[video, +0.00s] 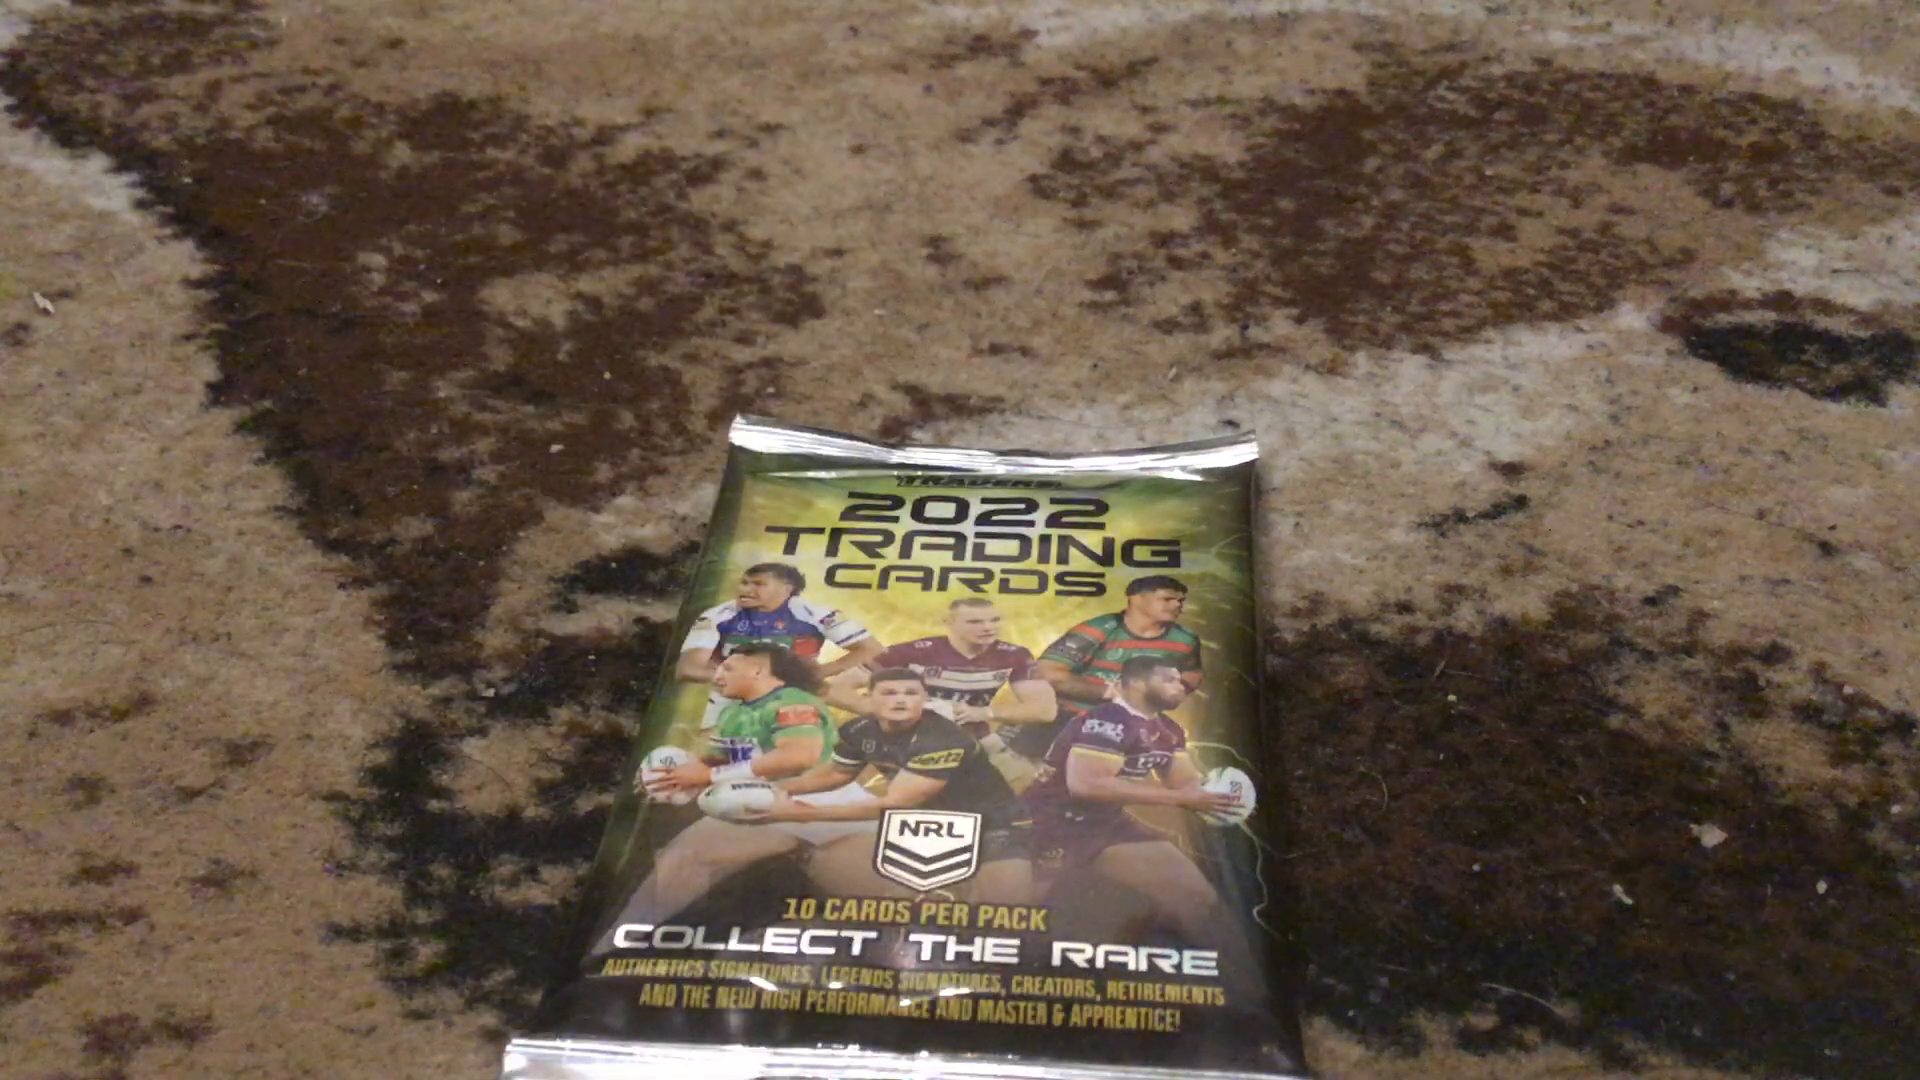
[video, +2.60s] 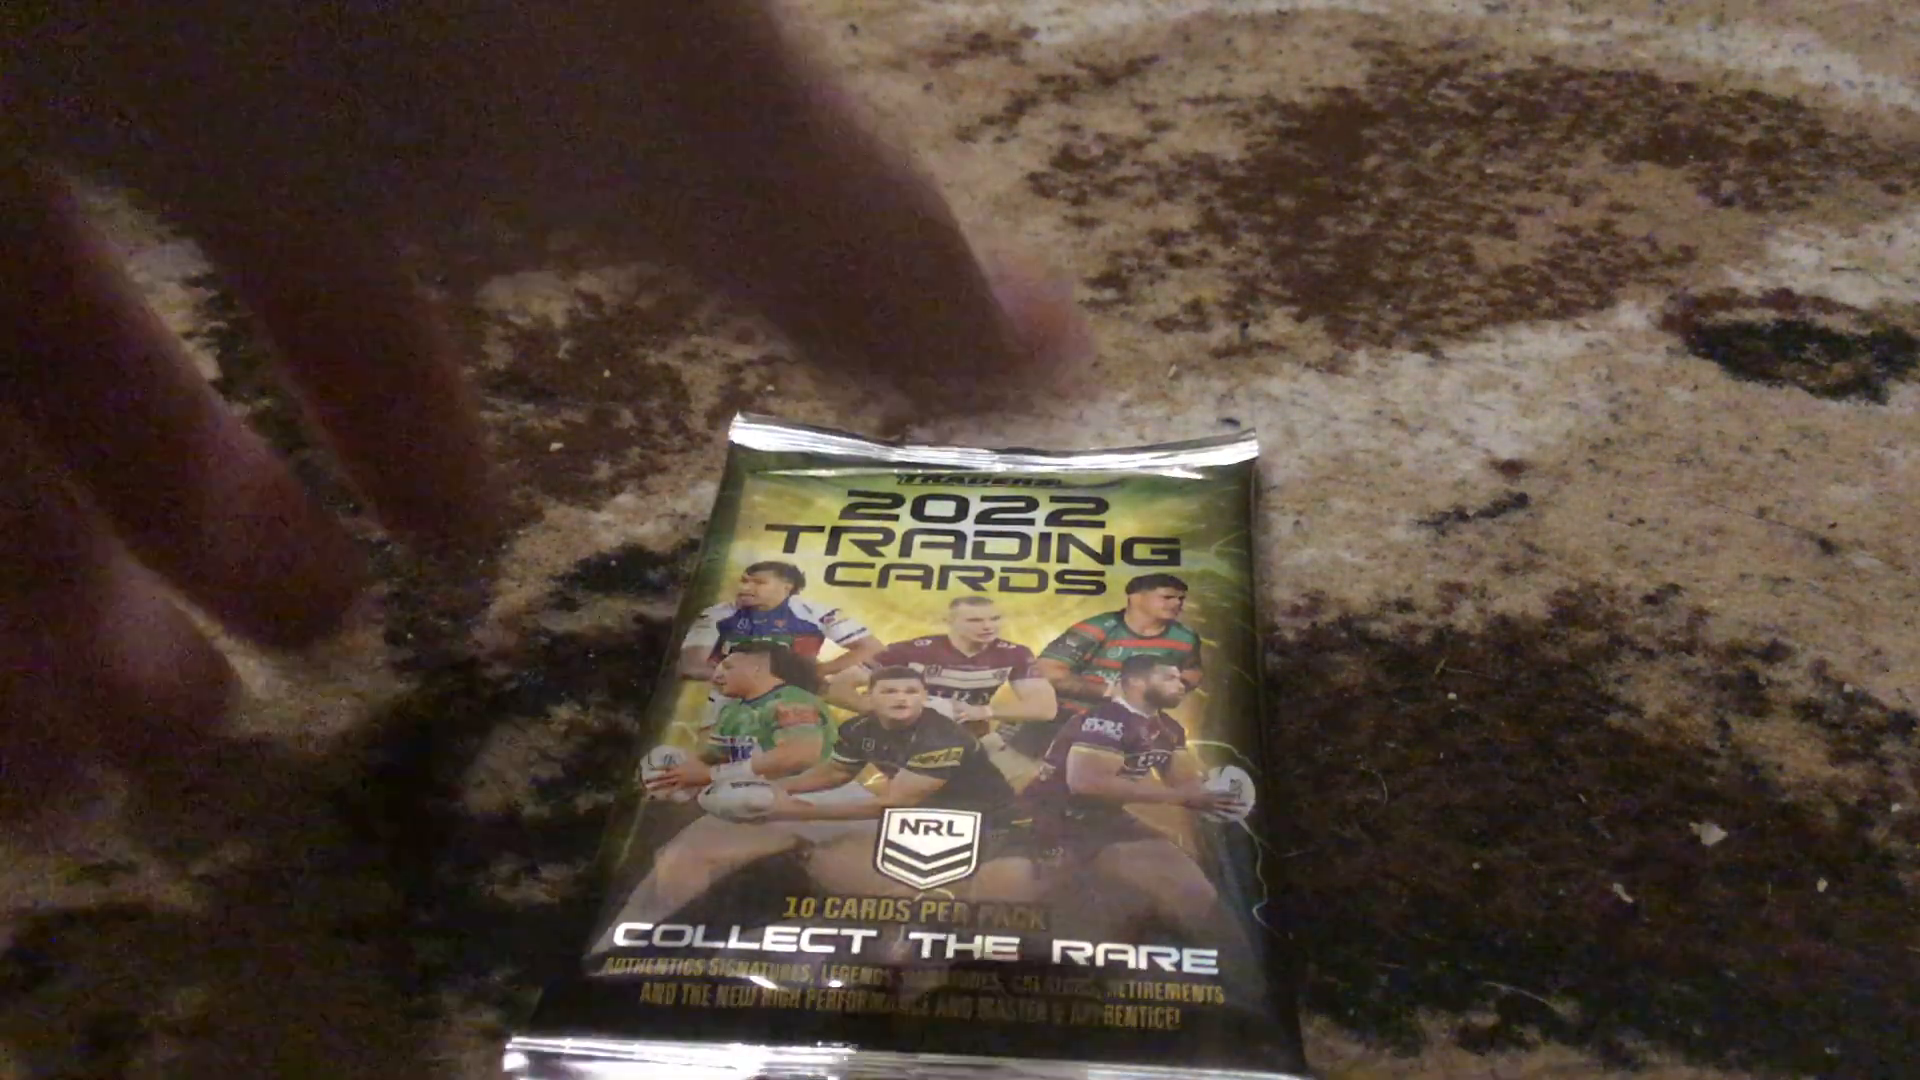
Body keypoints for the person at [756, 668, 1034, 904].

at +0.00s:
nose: (900, 701)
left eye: (910, 693)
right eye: (889, 693)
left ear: (925, 699)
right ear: (871, 699)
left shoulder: (943, 738)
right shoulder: (862, 731)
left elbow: (893, 805)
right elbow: (836, 773)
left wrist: (810, 813)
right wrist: (784, 787)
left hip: (993, 829)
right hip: (927, 825)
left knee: (1002, 919)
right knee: (825, 865)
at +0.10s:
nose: (900, 701)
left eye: (910, 693)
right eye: (889, 693)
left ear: (925, 699)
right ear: (872, 699)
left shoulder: (944, 739)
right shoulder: (861, 731)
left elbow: (892, 806)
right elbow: (835, 772)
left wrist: (807, 813)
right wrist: (786, 787)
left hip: (993, 832)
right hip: (928, 828)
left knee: (1002, 921)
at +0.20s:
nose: (899, 701)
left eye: (910, 694)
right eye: (889, 693)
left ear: (924, 699)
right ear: (873, 699)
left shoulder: (945, 739)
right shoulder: (862, 731)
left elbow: (893, 806)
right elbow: (835, 772)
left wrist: (808, 813)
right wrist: (787, 786)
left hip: (992, 829)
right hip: (929, 827)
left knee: (1003, 917)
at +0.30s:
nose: (900, 700)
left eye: (910, 693)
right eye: (889, 692)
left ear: (925, 698)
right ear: (871, 698)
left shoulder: (943, 738)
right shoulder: (862, 731)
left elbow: (892, 806)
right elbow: (835, 773)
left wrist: (809, 813)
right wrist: (787, 786)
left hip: (994, 828)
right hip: (930, 824)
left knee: (1004, 919)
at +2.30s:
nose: (900, 698)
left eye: (911, 691)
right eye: (889, 690)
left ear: (924, 698)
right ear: (870, 698)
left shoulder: (944, 738)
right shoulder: (860, 731)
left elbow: (892, 805)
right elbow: (834, 772)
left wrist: (808, 812)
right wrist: (783, 785)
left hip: (993, 828)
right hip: (929, 825)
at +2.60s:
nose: (900, 699)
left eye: (910, 692)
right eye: (889, 692)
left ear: (924, 696)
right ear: (871, 697)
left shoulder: (942, 737)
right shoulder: (861, 730)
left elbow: (893, 806)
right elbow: (833, 771)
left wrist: (800, 810)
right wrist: (783, 790)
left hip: (988, 822)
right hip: (927, 816)